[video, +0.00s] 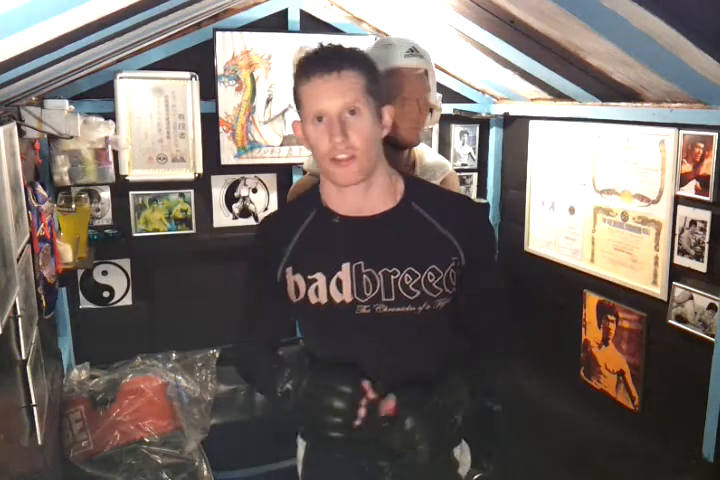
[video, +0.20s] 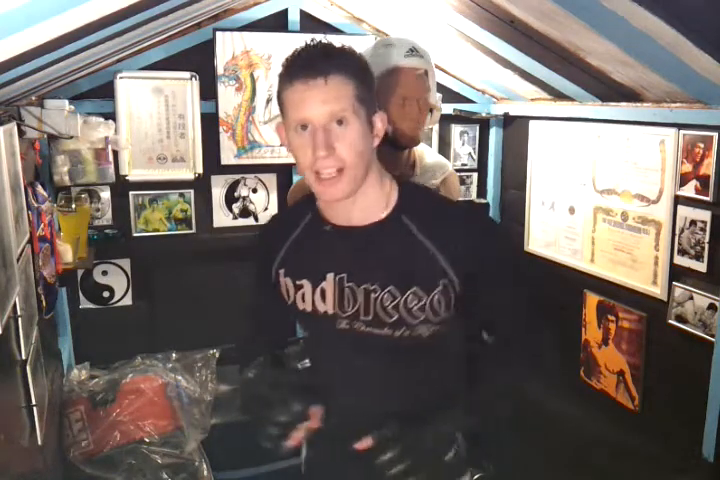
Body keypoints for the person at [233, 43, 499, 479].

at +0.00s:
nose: (338, 136)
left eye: (352, 112)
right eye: (319, 118)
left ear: (384, 121)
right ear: (302, 134)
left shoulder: (462, 223)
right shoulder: (279, 237)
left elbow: (494, 347)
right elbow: (252, 350)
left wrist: (443, 406)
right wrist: (303, 391)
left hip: (435, 457)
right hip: (332, 460)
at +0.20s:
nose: (321, 148)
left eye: (339, 123)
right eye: (303, 128)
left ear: (376, 127)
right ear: (284, 138)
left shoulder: (464, 237)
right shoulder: (280, 243)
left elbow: (520, 361)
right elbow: (262, 356)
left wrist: (445, 432)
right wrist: (280, 409)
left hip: (440, 466)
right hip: (325, 464)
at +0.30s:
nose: (323, 160)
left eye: (342, 133)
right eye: (304, 136)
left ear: (382, 135)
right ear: (285, 143)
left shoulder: (463, 251)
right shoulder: (298, 236)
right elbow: (270, 344)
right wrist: (254, 412)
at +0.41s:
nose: (326, 166)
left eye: (351, 137)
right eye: (309, 137)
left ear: (395, 143)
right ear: (291, 140)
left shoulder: (467, 270)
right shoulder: (313, 246)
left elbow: (520, 440)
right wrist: (248, 420)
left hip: (440, 465)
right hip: (340, 463)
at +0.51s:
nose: (325, 160)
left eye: (356, 127)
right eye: (313, 126)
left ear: (409, 137)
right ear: (296, 129)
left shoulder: (468, 268)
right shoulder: (337, 240)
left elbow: (496, 458)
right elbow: (350, 377)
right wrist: (261, 393)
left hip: (435, 469)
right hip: (354, 464)